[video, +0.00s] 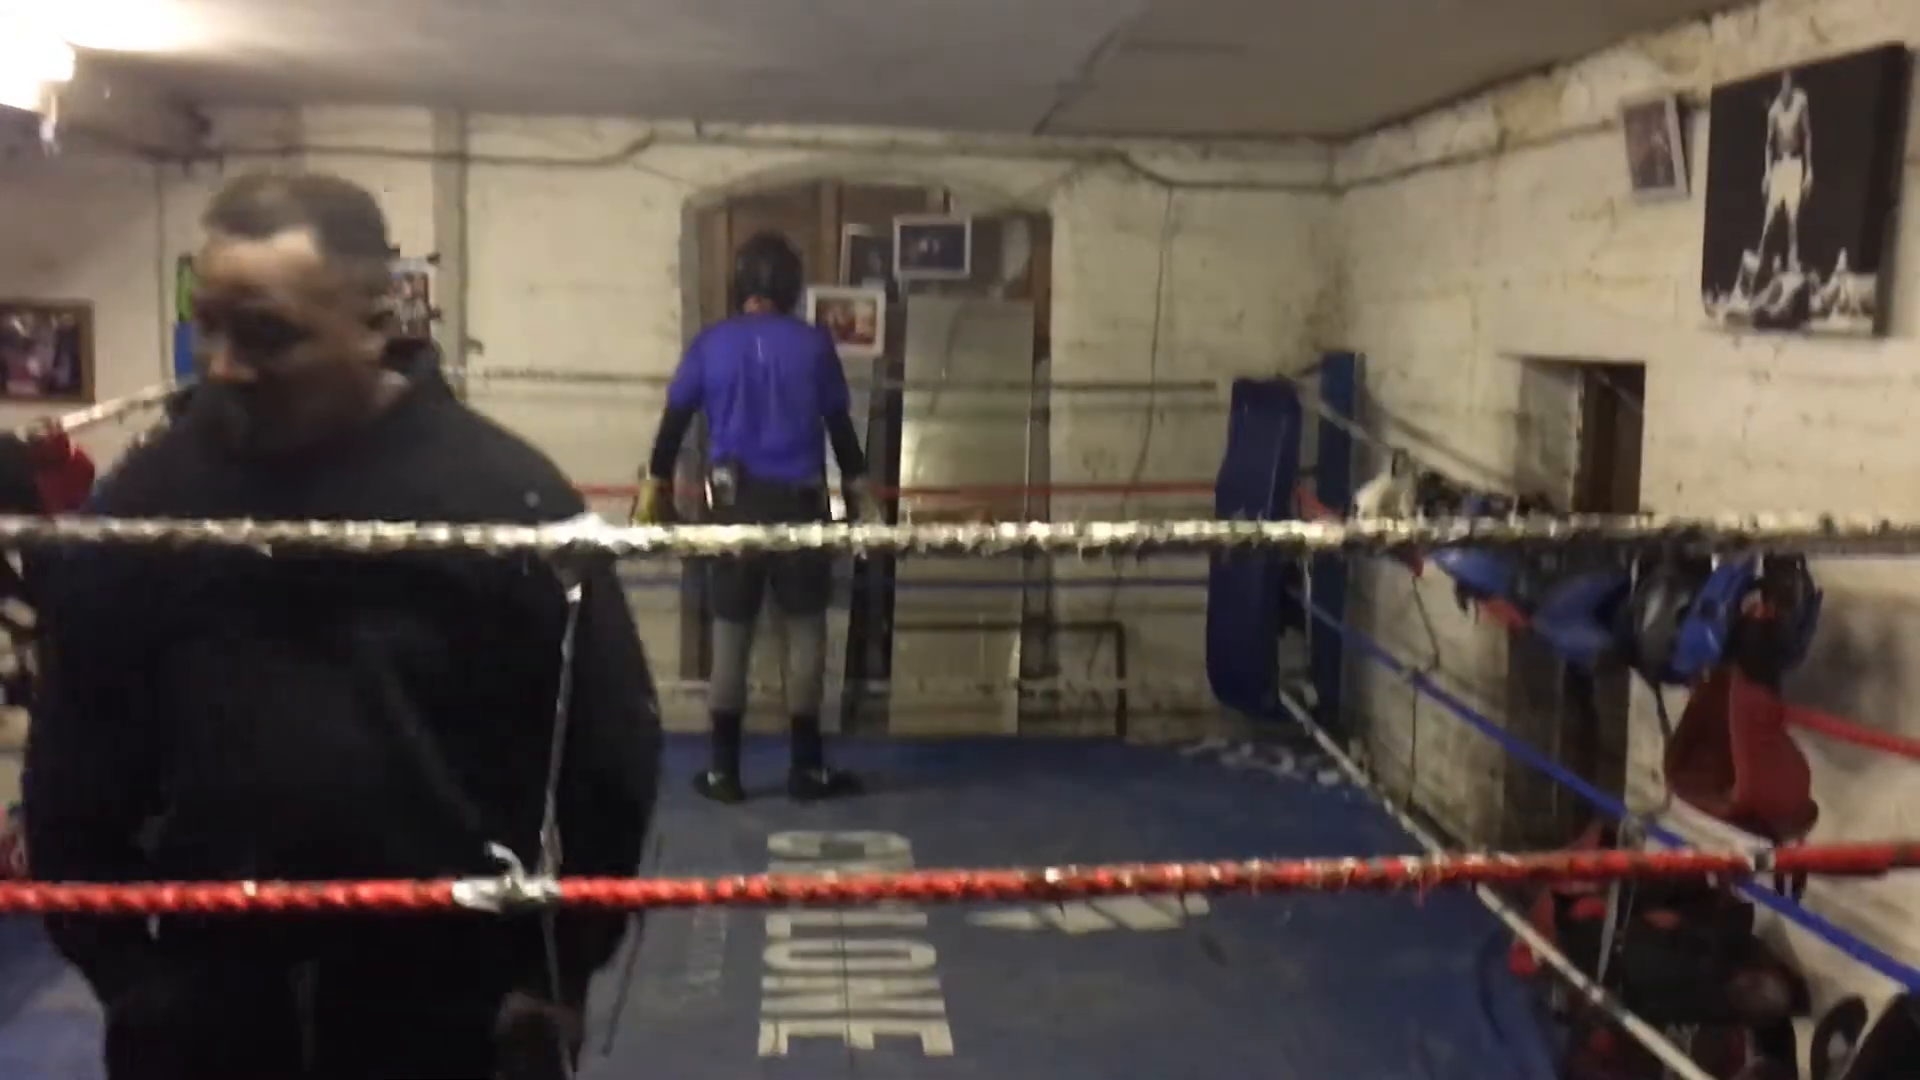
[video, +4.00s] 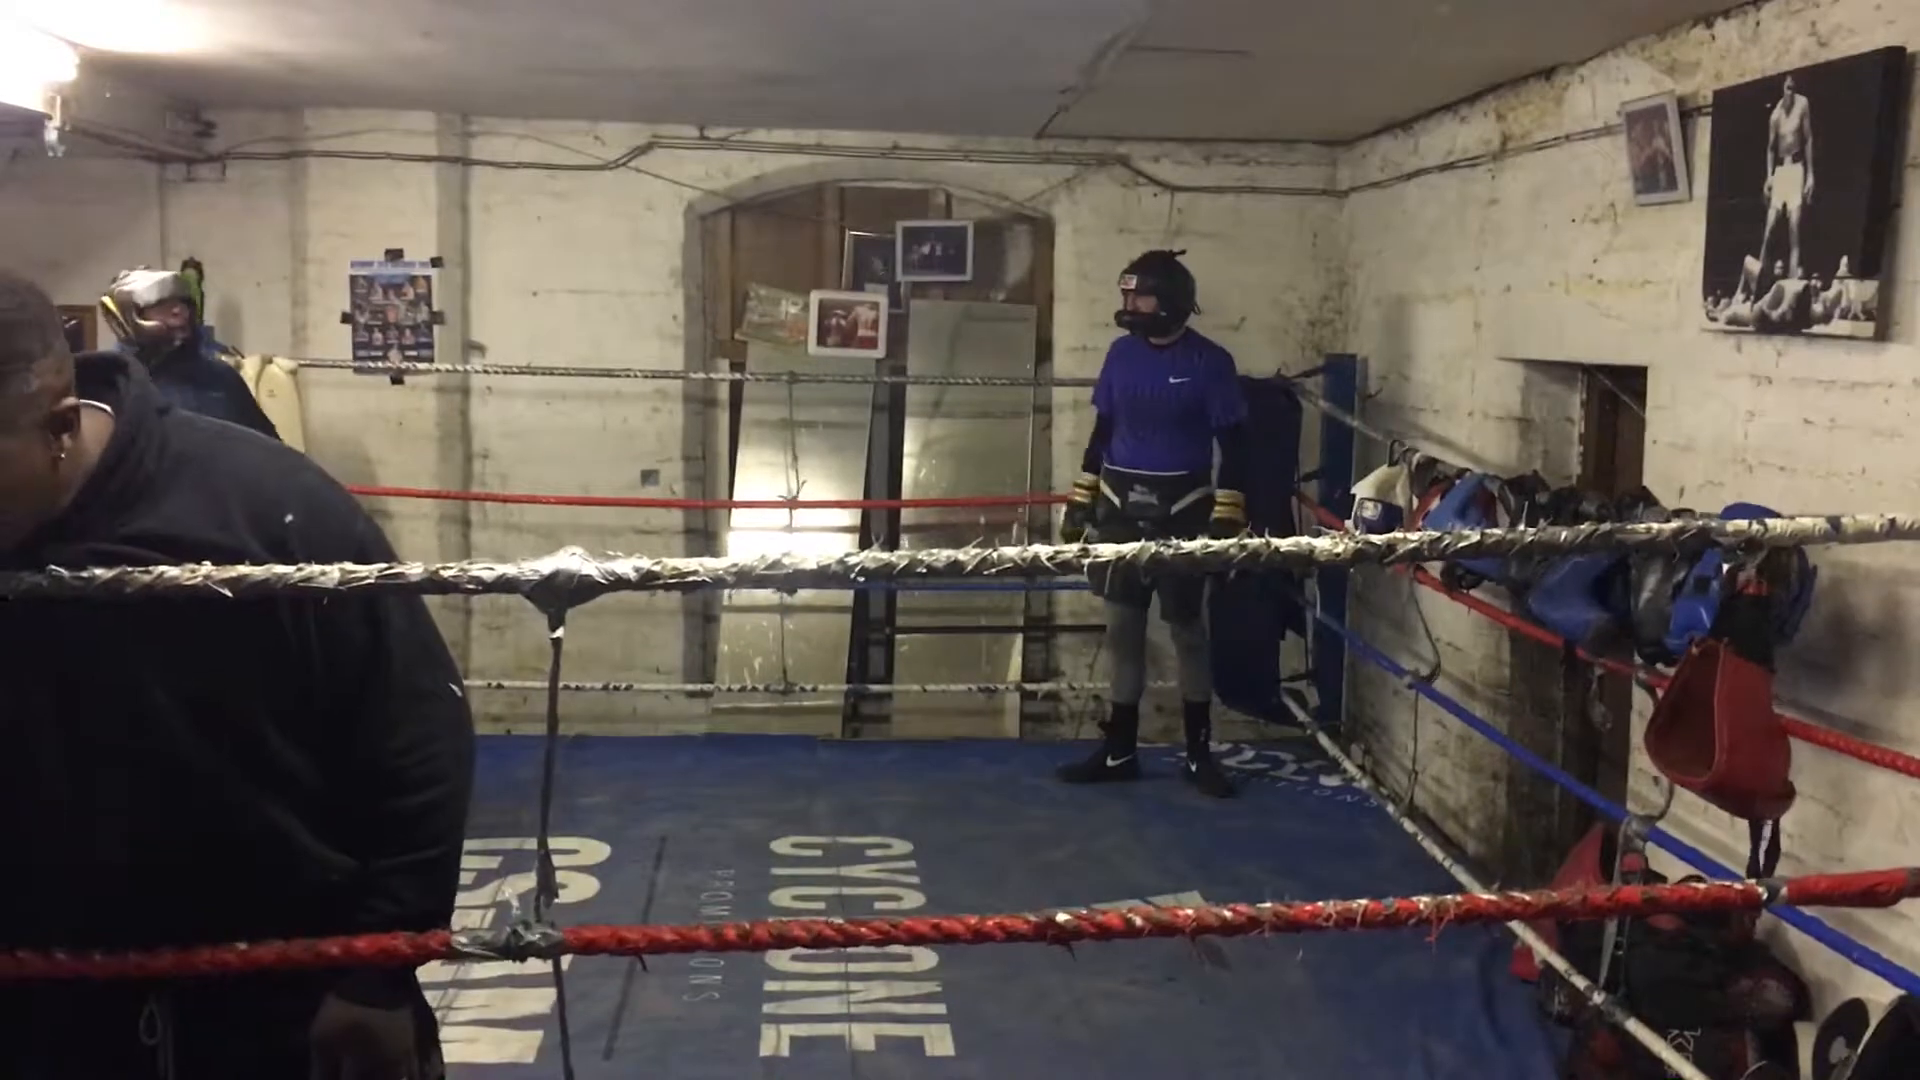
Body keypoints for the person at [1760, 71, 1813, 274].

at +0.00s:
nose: (1786, 88)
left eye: (1789, 83)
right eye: (1784, 84)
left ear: (1793, 86)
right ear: (1781, 86)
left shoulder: (1800, 102)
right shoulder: (1774, 109)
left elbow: (1807, 135)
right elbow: (1768, 142)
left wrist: (1809, 170)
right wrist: (1767, 172)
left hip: (1795, 162)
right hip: (1778, 163)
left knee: (1793, 214)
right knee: (1770, 214)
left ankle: (1793, 259)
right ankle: (1760, 260)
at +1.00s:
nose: (1792, 94)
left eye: (1795, 90)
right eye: (1790, 90)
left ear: (1799, 91)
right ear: (1785, 90)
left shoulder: (1804, 105)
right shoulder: (1778, 115)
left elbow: (1811, 139)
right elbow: (1773, 147)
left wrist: (1813, 176)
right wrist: (1771, 177)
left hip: (1799, 167)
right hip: (1782, 168)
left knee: (1797, 221)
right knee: (1774, 223)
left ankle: (1796, 271)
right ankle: (1765, 271)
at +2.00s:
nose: (1799, 94)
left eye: (1802, 91)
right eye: (1797, 90)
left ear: (1807, 92)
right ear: (1793, 91)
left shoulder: (1812, 107)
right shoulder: (1786, 116)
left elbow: (1819, 140)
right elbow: (1781, 148)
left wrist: (1820, 177)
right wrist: (1779, 178)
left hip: (1807, 165)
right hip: (1789, 166)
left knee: (1804, 221)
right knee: (1782, 222)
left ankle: (1804, 269)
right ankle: (1772, 270)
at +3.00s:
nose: (1790, 93)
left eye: (1793, 89)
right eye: (1787, 89)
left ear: (1796, 90)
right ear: (1783, 90)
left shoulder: (1802, 106)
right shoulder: (1775, 112)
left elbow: (1809, 139)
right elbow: (1770, 146)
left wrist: (1810, 176)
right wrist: (1768, 177)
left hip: (1796, 165)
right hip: (1779, 166)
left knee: (1794, 218)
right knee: (1771, 218)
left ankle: (1794, 264)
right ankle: (1762, 261)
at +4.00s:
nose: (1789, 93)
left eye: (1792, 89)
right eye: (1787, 89)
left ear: (1796, 90)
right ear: (1783, 89)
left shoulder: (1802, 104)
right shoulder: (1775, 114)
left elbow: (1808, 139)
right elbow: (1770, 146)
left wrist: (1810, 175)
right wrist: (1769, 175)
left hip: (1797, 164)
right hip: (1779, 165)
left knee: (1794, 220)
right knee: (1771, 220)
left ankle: (1794, 268)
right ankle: (1762, 266)